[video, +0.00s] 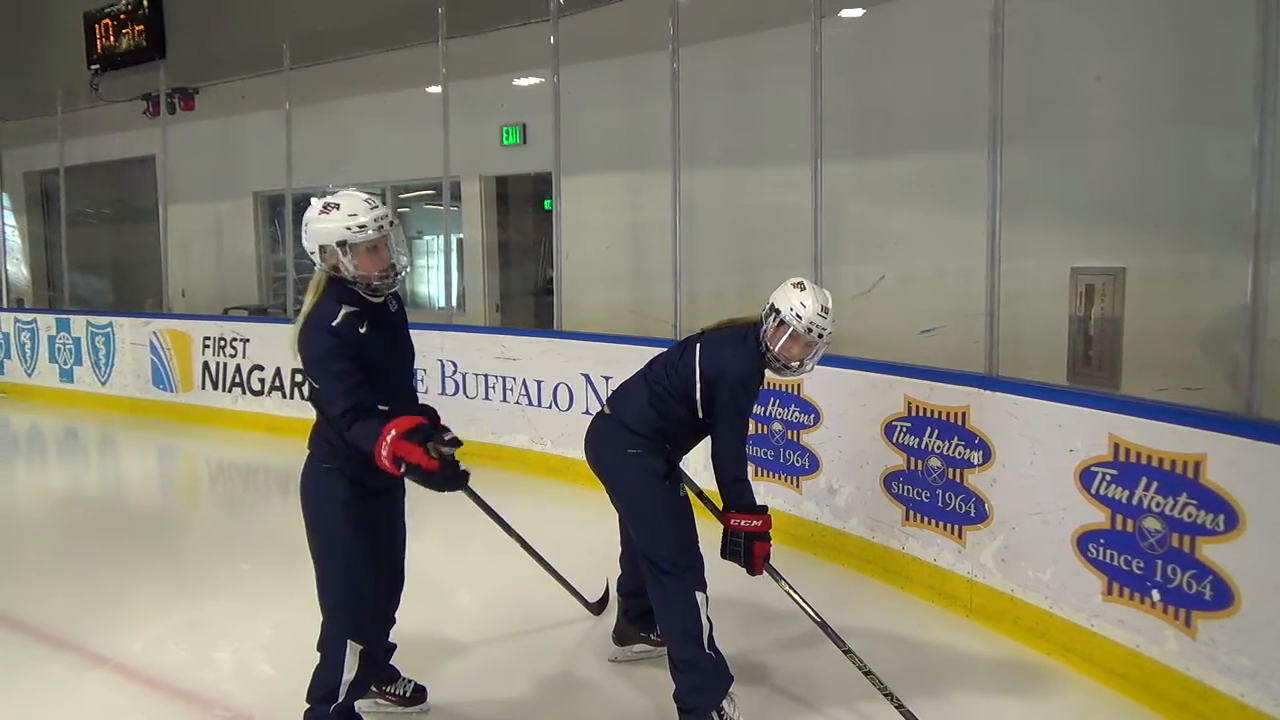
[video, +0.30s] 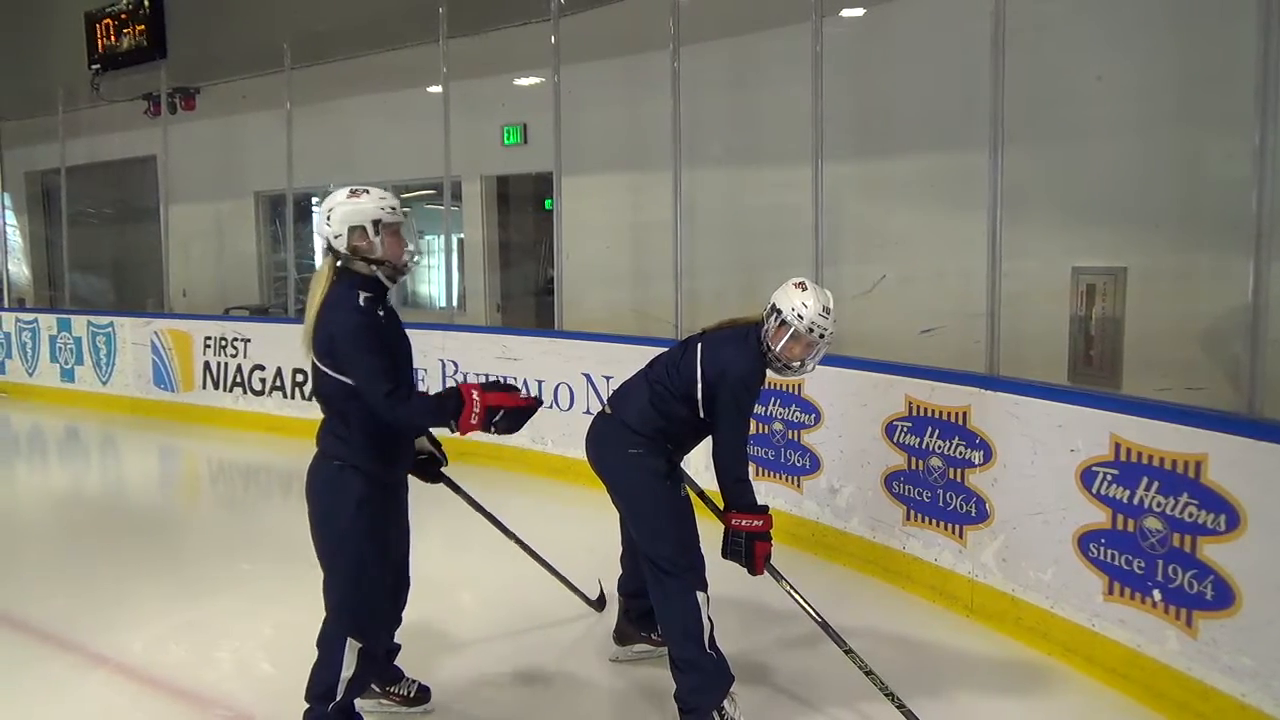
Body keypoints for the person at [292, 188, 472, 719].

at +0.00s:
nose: (383, 257)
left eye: (385, 244)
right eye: (368, 249)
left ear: (392, 243)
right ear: (336, 259)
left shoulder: (385, 302)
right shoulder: (326, 322)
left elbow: (399, 390)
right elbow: (349, 413)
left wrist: (431, 430)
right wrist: (404, 451)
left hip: (382, 471)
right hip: (338, 476)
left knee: (385, 580)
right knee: (347, 595)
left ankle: (374, 672)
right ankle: (327, 706)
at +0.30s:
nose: (404, 244)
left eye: (402, 233)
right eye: (392, 233)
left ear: (368, 241)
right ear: (358, 240)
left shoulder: (367, 302)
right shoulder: (349, 313)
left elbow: (363, 395)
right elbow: (388, 403)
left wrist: (408, 446)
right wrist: (461, 402)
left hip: (379, 470)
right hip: (349, 476)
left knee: (388, 581)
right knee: (353, 596)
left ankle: (375, 672)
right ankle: (325, 706)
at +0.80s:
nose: (407, 244)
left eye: (409, 234)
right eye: (394, 234)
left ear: (412, 239)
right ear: (364, 242)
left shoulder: (366, 294)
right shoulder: (369, 298)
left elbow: (365, 394)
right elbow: (407, 386)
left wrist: (399, 463)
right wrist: (455, 400)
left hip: (374, 468)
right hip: (355, 472)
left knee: (391, 579)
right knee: (353, 595)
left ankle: (378, 670)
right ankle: (329, 707)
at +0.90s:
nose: (405, 244)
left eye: (408, 234)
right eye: (392, 235)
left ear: (412, 239)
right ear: (362, 242)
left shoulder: (364, 294)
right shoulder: (366, 299)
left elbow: (367, 393)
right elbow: (405, 388)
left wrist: (401, 461)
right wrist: (455, 399)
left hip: (373, 468)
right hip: (354, 472)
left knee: (391, 578)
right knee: (353, 594)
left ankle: (377, 669)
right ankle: (328, 707)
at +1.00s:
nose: (403, 245)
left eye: (406, 235)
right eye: (391, 235)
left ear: (407, 239)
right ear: (360, 241)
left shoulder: (363, 295)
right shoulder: (363, 299)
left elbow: (367, 394)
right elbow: (401, 388)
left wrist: (401, 460)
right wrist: (452, 401)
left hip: (373, 468)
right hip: (352, 472)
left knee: (390, 578)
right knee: (351, 594)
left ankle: (377, 668)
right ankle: (327, 707)